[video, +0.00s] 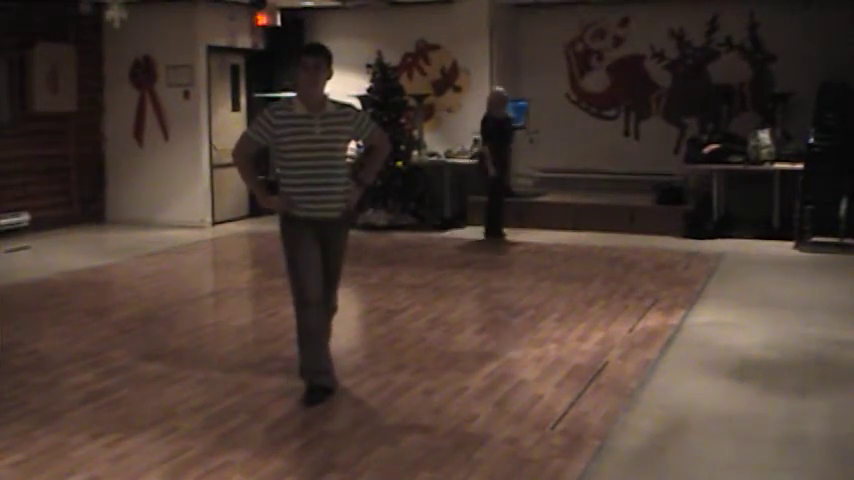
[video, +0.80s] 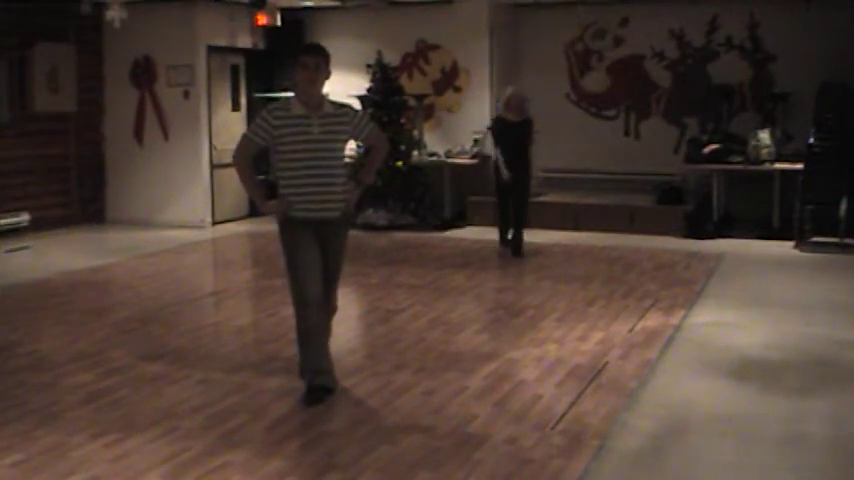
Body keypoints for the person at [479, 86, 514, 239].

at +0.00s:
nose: (500, 103)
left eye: (502, 100)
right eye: (497, 100)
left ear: (505, 101)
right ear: (492, 101)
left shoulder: (506, 119)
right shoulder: (488, 119)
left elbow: (507, 144)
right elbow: (486, 145)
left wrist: (507, 167)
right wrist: (490, 166)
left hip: (503, 163)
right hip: (493, 163)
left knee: (499, 197)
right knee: (493, 197)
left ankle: (497, 228)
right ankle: (491, 229)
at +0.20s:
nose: (501, 110)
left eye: (505, 106)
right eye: (498, 106)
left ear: (509, 106)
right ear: (494, 106)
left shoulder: (515, 124)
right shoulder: (490, 123)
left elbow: (522, 148)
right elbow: (485, 149)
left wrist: (520, 169)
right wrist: (483, 171)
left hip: (508, 166)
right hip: (493, 165)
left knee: (502, 197)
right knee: (500, 197)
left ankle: (493, 227)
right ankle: (507, 233)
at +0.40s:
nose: (509, 109)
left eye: (511, 106)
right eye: (505, 106)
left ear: (514, 106)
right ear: (500, 106)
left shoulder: (517, 121)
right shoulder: (493, 120)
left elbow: (526, 145)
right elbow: (489, 147)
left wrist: (534, 166)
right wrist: (492, 169)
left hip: (513, 166)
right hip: (498, 166)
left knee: (515, 198)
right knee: (501, 200)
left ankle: (513, 229)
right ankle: (504, 234)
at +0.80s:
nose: (516, 107)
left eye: (518, 103)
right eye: (512, 103)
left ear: (522, 104)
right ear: (506, 104)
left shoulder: (527, 123)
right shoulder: (498, 122)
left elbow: (528, 147)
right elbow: (496, 150)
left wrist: (530, 170)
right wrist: (504, 170)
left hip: (522, 170)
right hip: (504, 171)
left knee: (520, 206)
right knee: (504, 205)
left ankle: (517, 241)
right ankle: (504, 237)